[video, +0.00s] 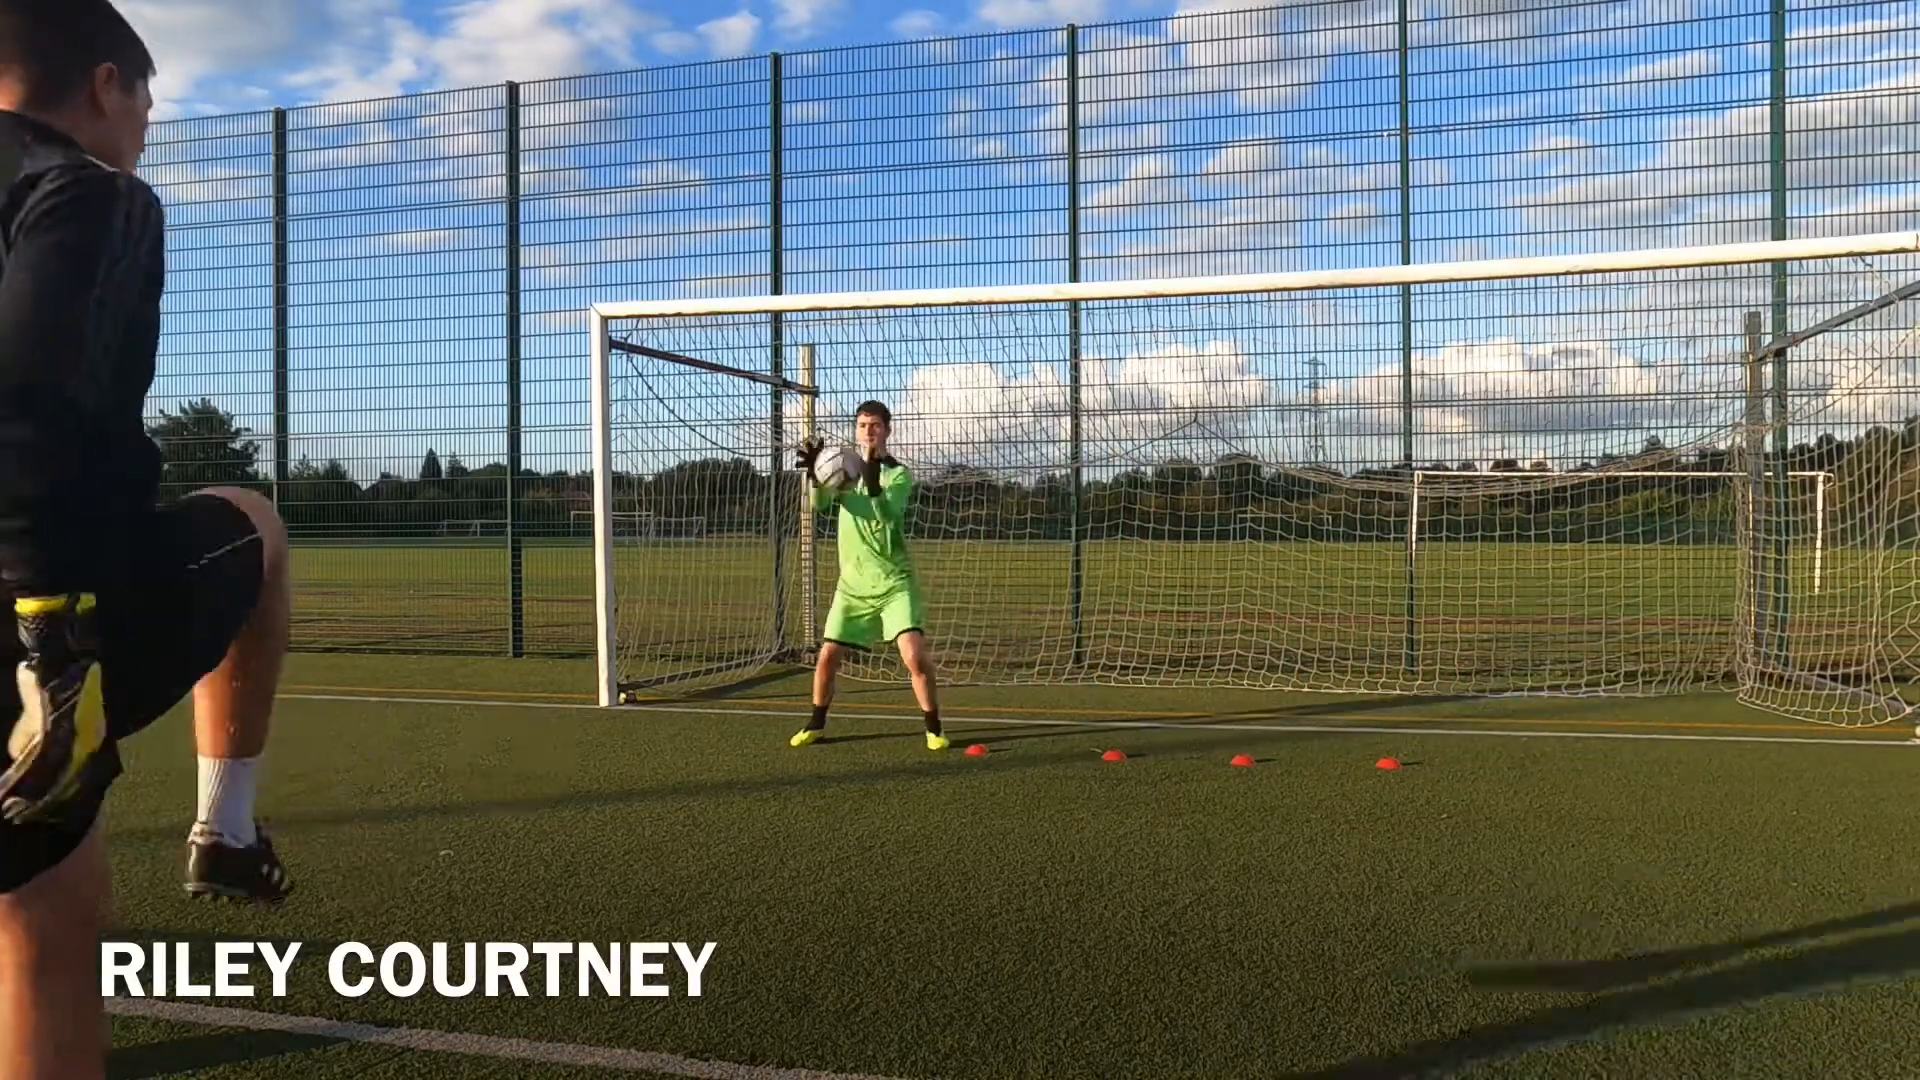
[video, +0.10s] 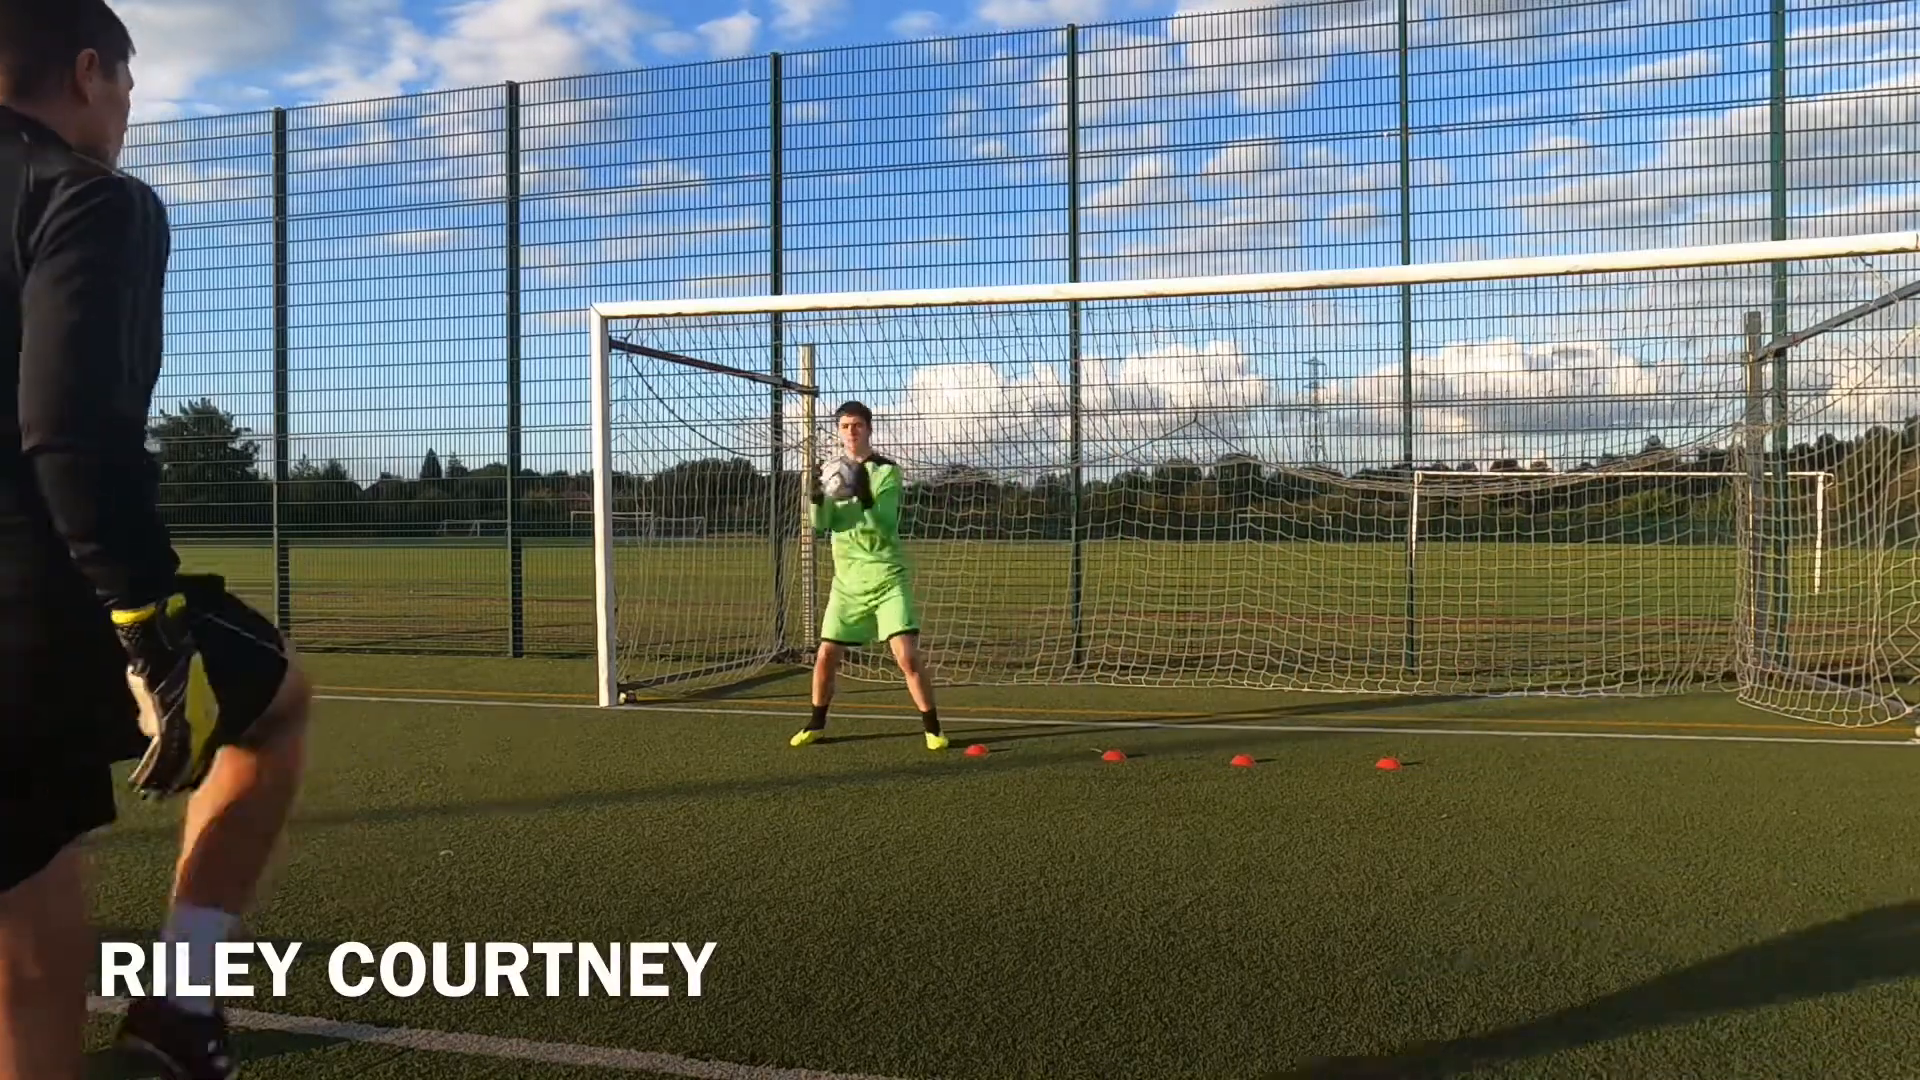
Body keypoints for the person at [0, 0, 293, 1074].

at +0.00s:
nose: (144, 135)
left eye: (149, 112)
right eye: (144, 109)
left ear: (14, 91)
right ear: (100, 89)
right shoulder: (88, 193)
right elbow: (41, 401)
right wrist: (47, 628)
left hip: (20, 636)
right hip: (53, 632)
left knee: (45, 963)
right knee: (251, 521)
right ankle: (229, 829)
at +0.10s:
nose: (127, 113)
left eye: (126, 88)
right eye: (124, 87)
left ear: (18, 77)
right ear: (86, 75)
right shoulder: (86, 197)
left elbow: (63, 427)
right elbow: (71, 424)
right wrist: (147, 616)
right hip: (42, 593)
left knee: (36, 953)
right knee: (270, 700)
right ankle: (186, 999)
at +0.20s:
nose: (111, 103)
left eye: (108, 77)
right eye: (106, 75)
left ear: (28, 70)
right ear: (69, 65)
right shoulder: (86, 211)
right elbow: (124, 451)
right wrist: (213, 623)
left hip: (7, 647)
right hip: (70, 635)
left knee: (30, 977)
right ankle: (121, 1057)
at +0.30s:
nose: (94, 76)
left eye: (90, 50)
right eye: (87, 48)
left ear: (26, 52)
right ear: (48, 50)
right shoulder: (84, 207)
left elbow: (151, 446)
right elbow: (153, 450)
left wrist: (242, 603)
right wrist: (245, 604)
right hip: (49, 656)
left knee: (20, 1012)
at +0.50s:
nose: (71, 63)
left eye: (65, 39)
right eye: (62, 37)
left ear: (13, 40)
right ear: (27, 34)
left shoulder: (41, 192)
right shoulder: (51, 190)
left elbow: (108, 430)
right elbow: (108, 435)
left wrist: (223, 558)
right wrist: (224, 560)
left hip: (15, 633)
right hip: (10, 634)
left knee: (13, 893)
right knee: (9, 896)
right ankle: (17, 1056)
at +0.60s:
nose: (55, 52)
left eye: (48, 29)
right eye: (44, 27)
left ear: (11, 32)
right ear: (11, 26)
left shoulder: (39, 182)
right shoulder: (42, 183)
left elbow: (55, 418)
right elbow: (56, 421)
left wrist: (172, 570)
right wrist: (177, 569)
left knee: (2, 807)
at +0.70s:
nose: (25, 44)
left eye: (19, 24)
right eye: (18, 23)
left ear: (16, 44)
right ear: (3, 41)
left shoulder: (39, 178)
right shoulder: (38, 179)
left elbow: (37, 414)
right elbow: (35, 418)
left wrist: (120, 584)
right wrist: (123, 587)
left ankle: (132, 601)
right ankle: (130, 604)